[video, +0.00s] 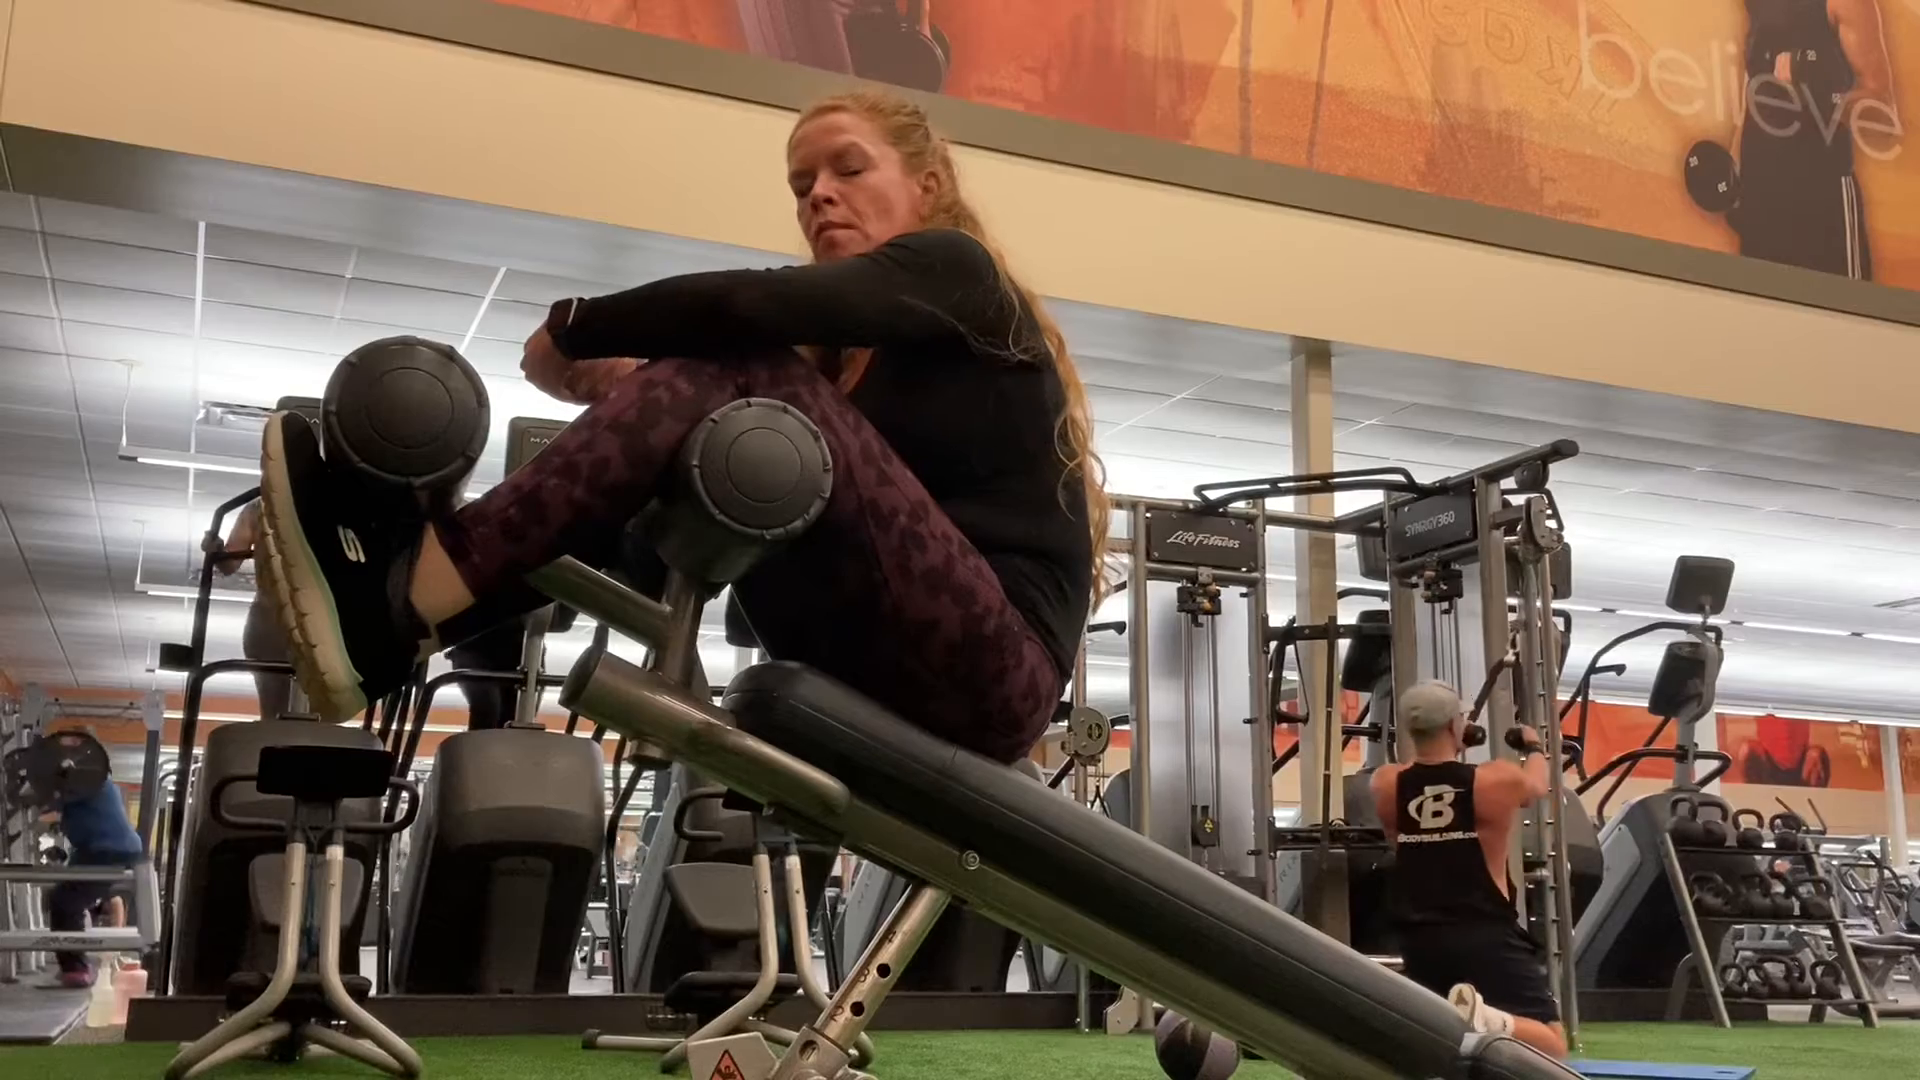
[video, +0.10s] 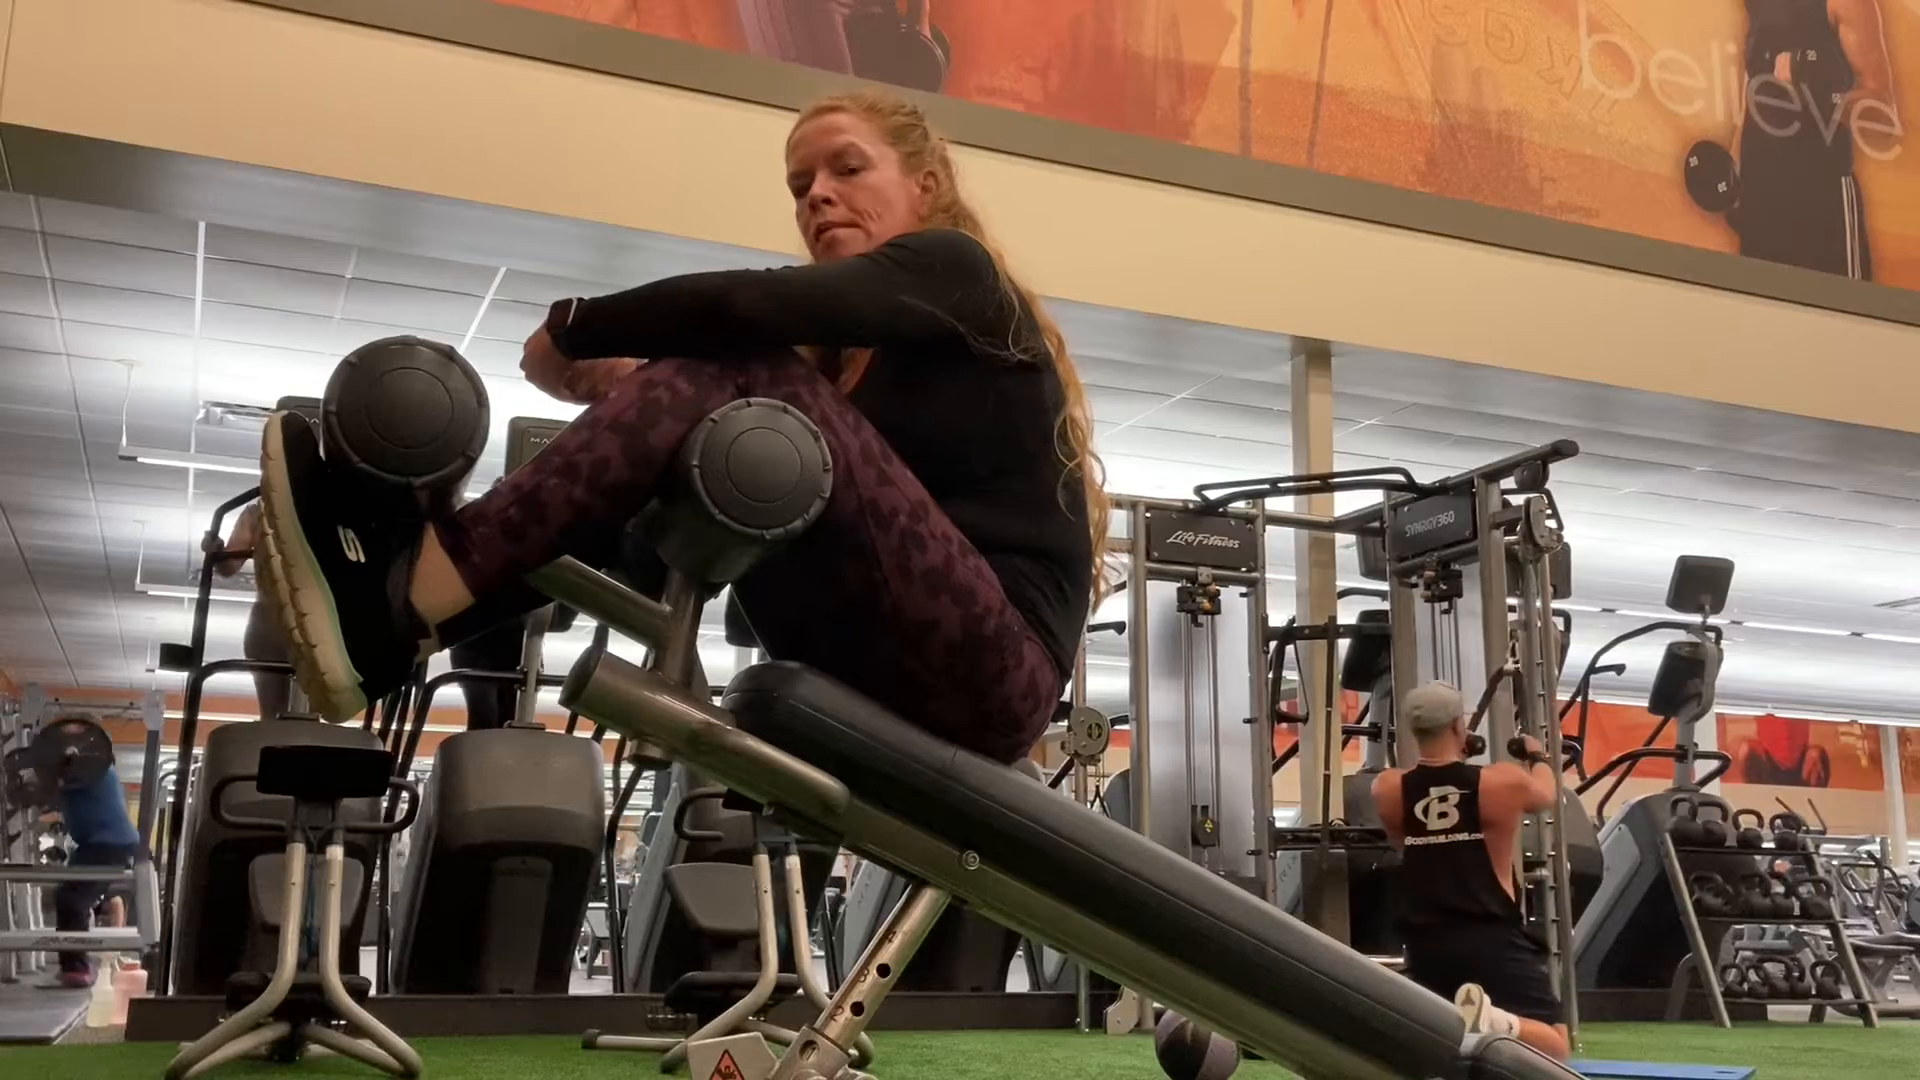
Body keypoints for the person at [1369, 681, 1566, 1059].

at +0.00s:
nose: (1462, 724)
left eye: (1460, 718)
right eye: (1460, 718)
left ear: (1409, 730)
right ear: (1456, 725)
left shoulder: (1385, 784)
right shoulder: (1498, 779)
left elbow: (1417, 774)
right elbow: (1537, 785)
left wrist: (1451, 744)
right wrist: (1536, 745)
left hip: (1420, 939)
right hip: (1487, 938)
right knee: (1555, 1045)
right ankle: (1488, 1018)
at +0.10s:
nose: (1465, 725)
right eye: (1463, 720)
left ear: (1413, 731)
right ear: (1459, 726)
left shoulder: (1388, 789)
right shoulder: (1503, 781)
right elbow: (1545, 793)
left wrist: (1451, 756)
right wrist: (1540, 757)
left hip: (1425, 942)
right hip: (1492, 940)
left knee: (1441, 1038)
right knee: (1558, 1045)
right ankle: (1496, 1020)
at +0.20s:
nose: (1469, 726)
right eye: (1468, 721)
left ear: (1417, 731)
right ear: (1464, 726)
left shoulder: (1391, 792)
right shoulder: (1509, 783)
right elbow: (1550, 800)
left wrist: (1455, 759)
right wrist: (1546, 764)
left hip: (1427, 939)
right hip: (1497, 937)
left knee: (1442, 1038)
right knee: (1560, 1046)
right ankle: (1495, 1020)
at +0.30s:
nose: (1474, 727)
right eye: (1472, 722)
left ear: (1422, 731)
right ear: (1469, 727)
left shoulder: (1394, 793)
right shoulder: (1512, 785)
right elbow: (1556, 808)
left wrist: (1459, 763)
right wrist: (1550, 770)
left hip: (1429, 940)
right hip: (1499, 939)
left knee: (1443, 1039)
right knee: (1560, 1046)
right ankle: (1495, 1020)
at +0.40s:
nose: (1477, 727)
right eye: (1475, 722)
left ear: (1424, 729)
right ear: (1472, 727)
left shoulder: (1394, 793)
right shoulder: (1513, 787)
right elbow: (1558, 814)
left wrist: (1461, 760)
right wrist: (1547, 773)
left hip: (1428, 941)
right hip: (1499, 940)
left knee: (1444, 1039)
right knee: (1560, 1046)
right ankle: (1495, 1020)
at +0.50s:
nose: (1479, 729)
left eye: (1477, 723)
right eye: (1477, 723)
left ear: (1425, 730)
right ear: (1473, 728)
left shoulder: (1393, 795)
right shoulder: (1512, 789)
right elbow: (1559, 820)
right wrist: (1550, 778)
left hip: (1428, 942)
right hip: (1498, 942)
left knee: (1443, 1040)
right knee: (1560, 1046)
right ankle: (1496, 1021)